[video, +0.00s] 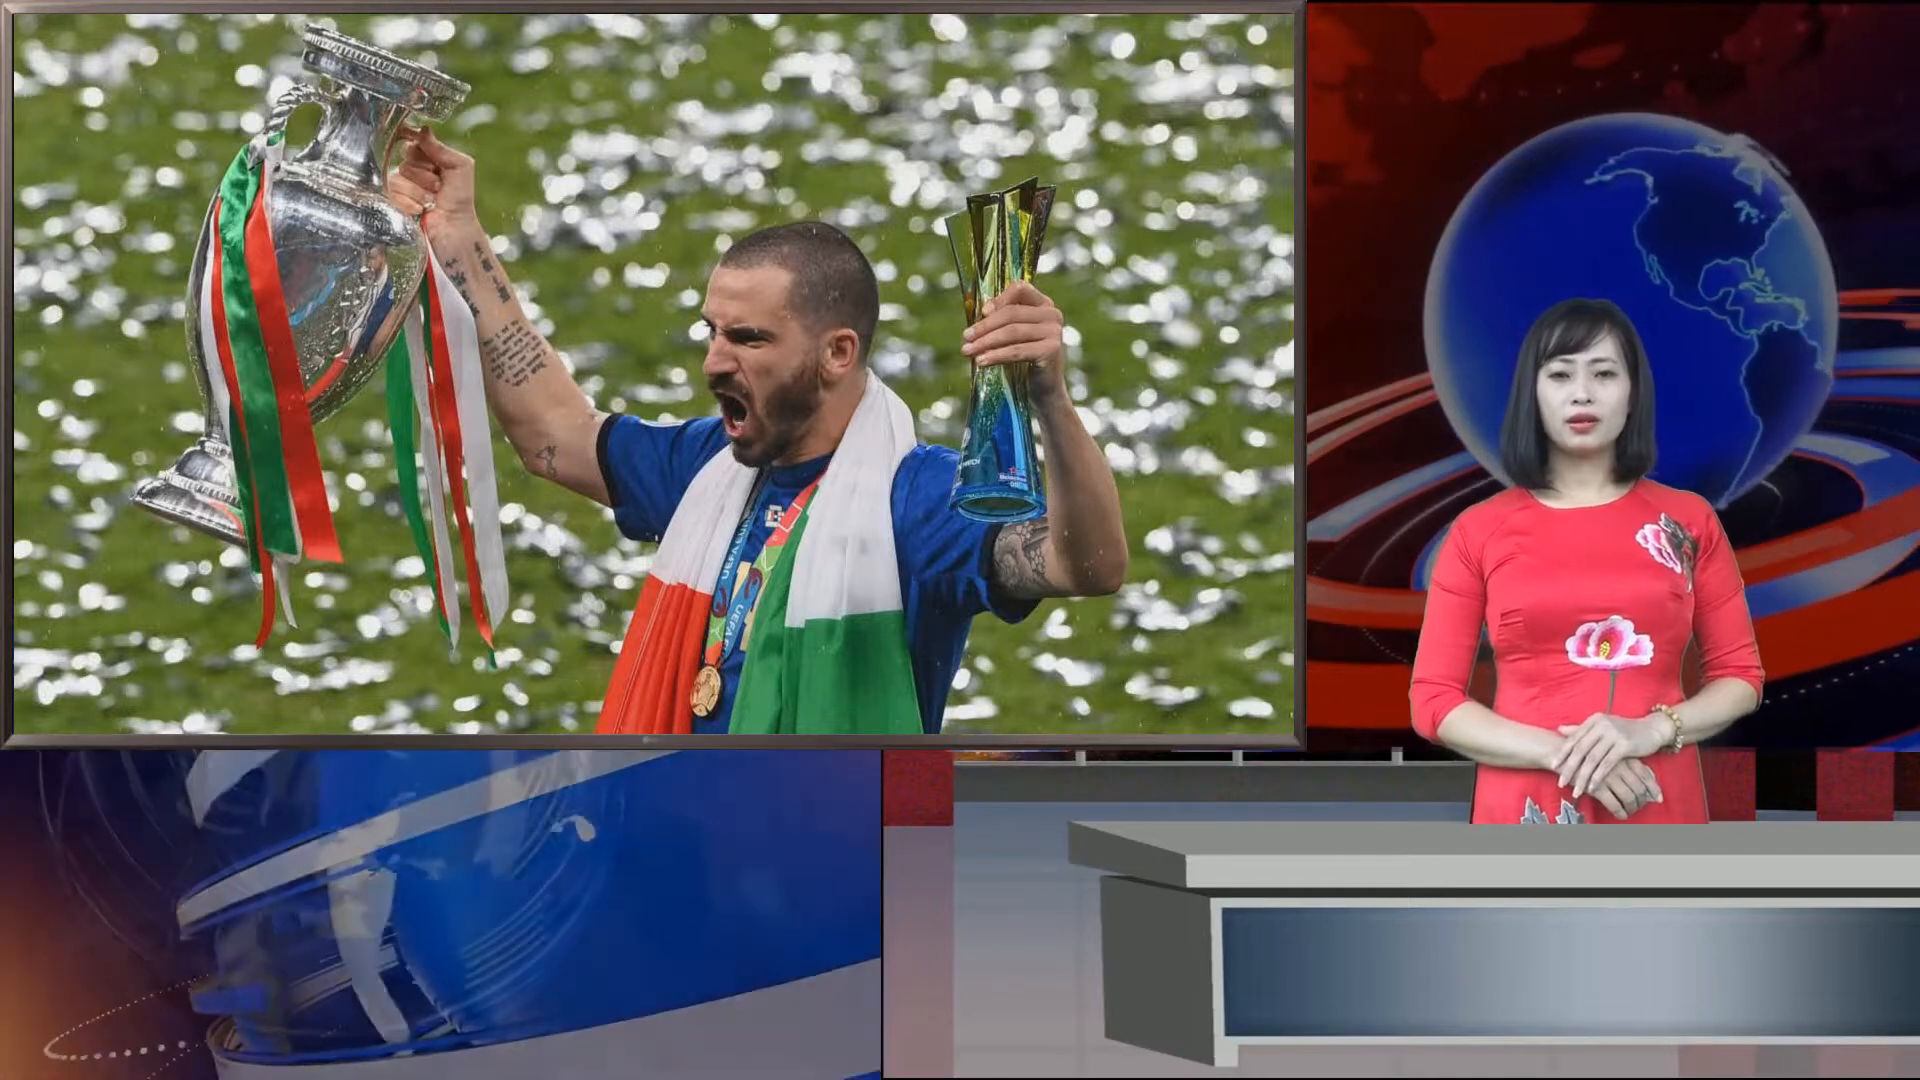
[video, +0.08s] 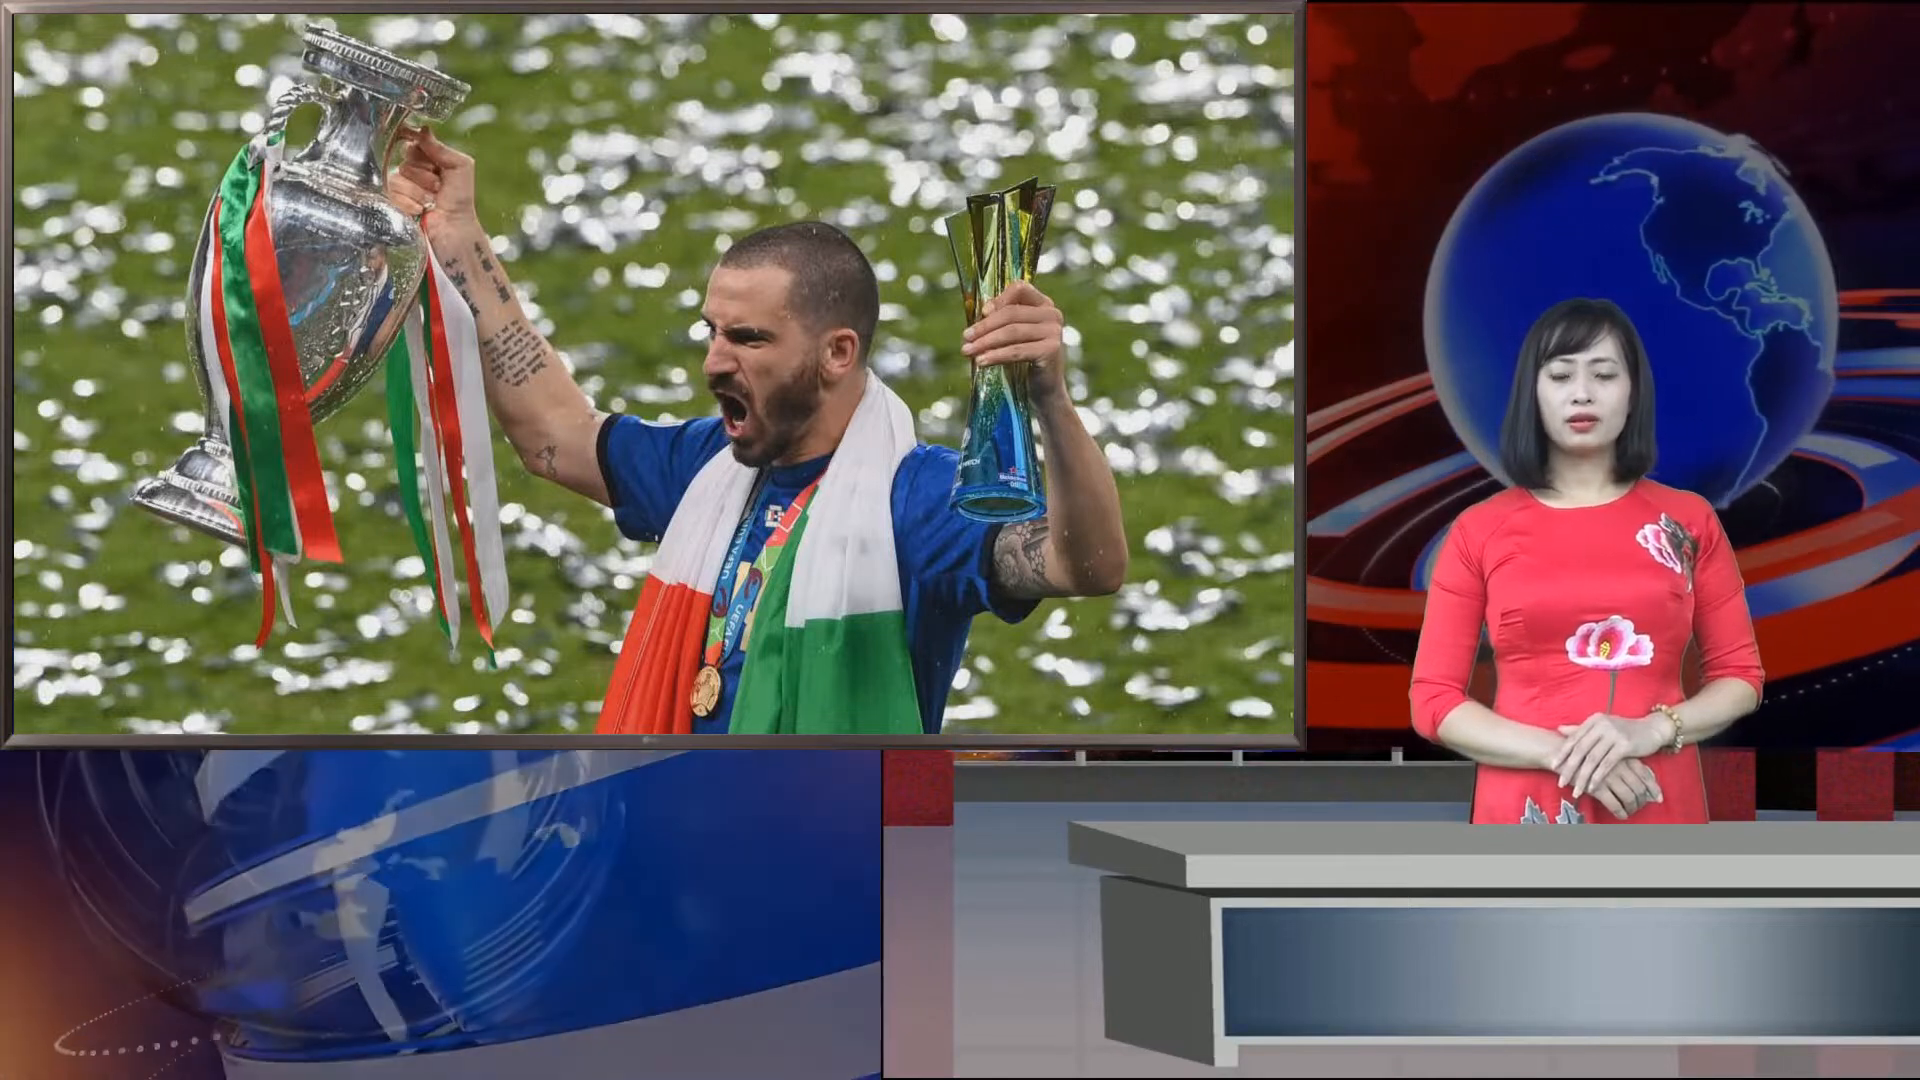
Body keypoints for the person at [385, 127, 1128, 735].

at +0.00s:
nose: (714, 362)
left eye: (747, 339)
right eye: (712, 334)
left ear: (839, 355)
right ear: (705, 328)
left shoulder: (915, 493)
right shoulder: (703, 466)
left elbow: (1089, 563)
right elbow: (557, 438)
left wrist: (1049, 399)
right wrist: (465, 254)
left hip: (826, 896)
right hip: (670, 889)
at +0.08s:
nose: (714, 362)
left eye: (747, 339)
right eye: (712, 334)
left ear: (839, 355)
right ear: (705, 328)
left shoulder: (915, 493)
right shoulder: (703, 466)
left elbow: (1089, 563)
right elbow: (558, 438)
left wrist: (1049, 399)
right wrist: (465, 254)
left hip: (825, 895)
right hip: (669, 887)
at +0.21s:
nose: (714, 362)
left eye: (747, 339)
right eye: (712, 334)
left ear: (839, 355)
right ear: (705, 328)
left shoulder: (915, 493)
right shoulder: (703, 466)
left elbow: (1089, 563)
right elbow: (557, 438)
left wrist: (1049, 399)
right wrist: (465, 254)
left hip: (824, 897)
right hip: (667, 890)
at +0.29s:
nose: (714, 362)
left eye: (747, 339)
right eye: (712, 334)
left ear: (839, 355)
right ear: (705, 328)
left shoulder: (915, 493)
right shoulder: (703, 466)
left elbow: (1089, 563)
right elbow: (557, 438)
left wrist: (1049, 399)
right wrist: (464, 253)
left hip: (824, 902)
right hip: (666, 894)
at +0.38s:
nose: (714, 362)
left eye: (747, 339)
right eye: (712, 334)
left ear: (839, 355)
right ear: (705, 328)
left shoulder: (914, 493)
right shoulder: (702, 466)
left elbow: (1089, 563)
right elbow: (557, 438)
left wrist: (1049, 398)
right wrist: (465, 254)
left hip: (825, 912)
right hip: (663, 901)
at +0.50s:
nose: (714, 362)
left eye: (747, 339)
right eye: (712, 334)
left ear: (839, 355)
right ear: (705, 328)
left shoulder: (914, 493)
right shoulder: (702, 466)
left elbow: (1089, 563)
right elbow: (557, 438)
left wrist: (1049, 399)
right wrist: (465, 254)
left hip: (825, 908)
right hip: (664, 898)